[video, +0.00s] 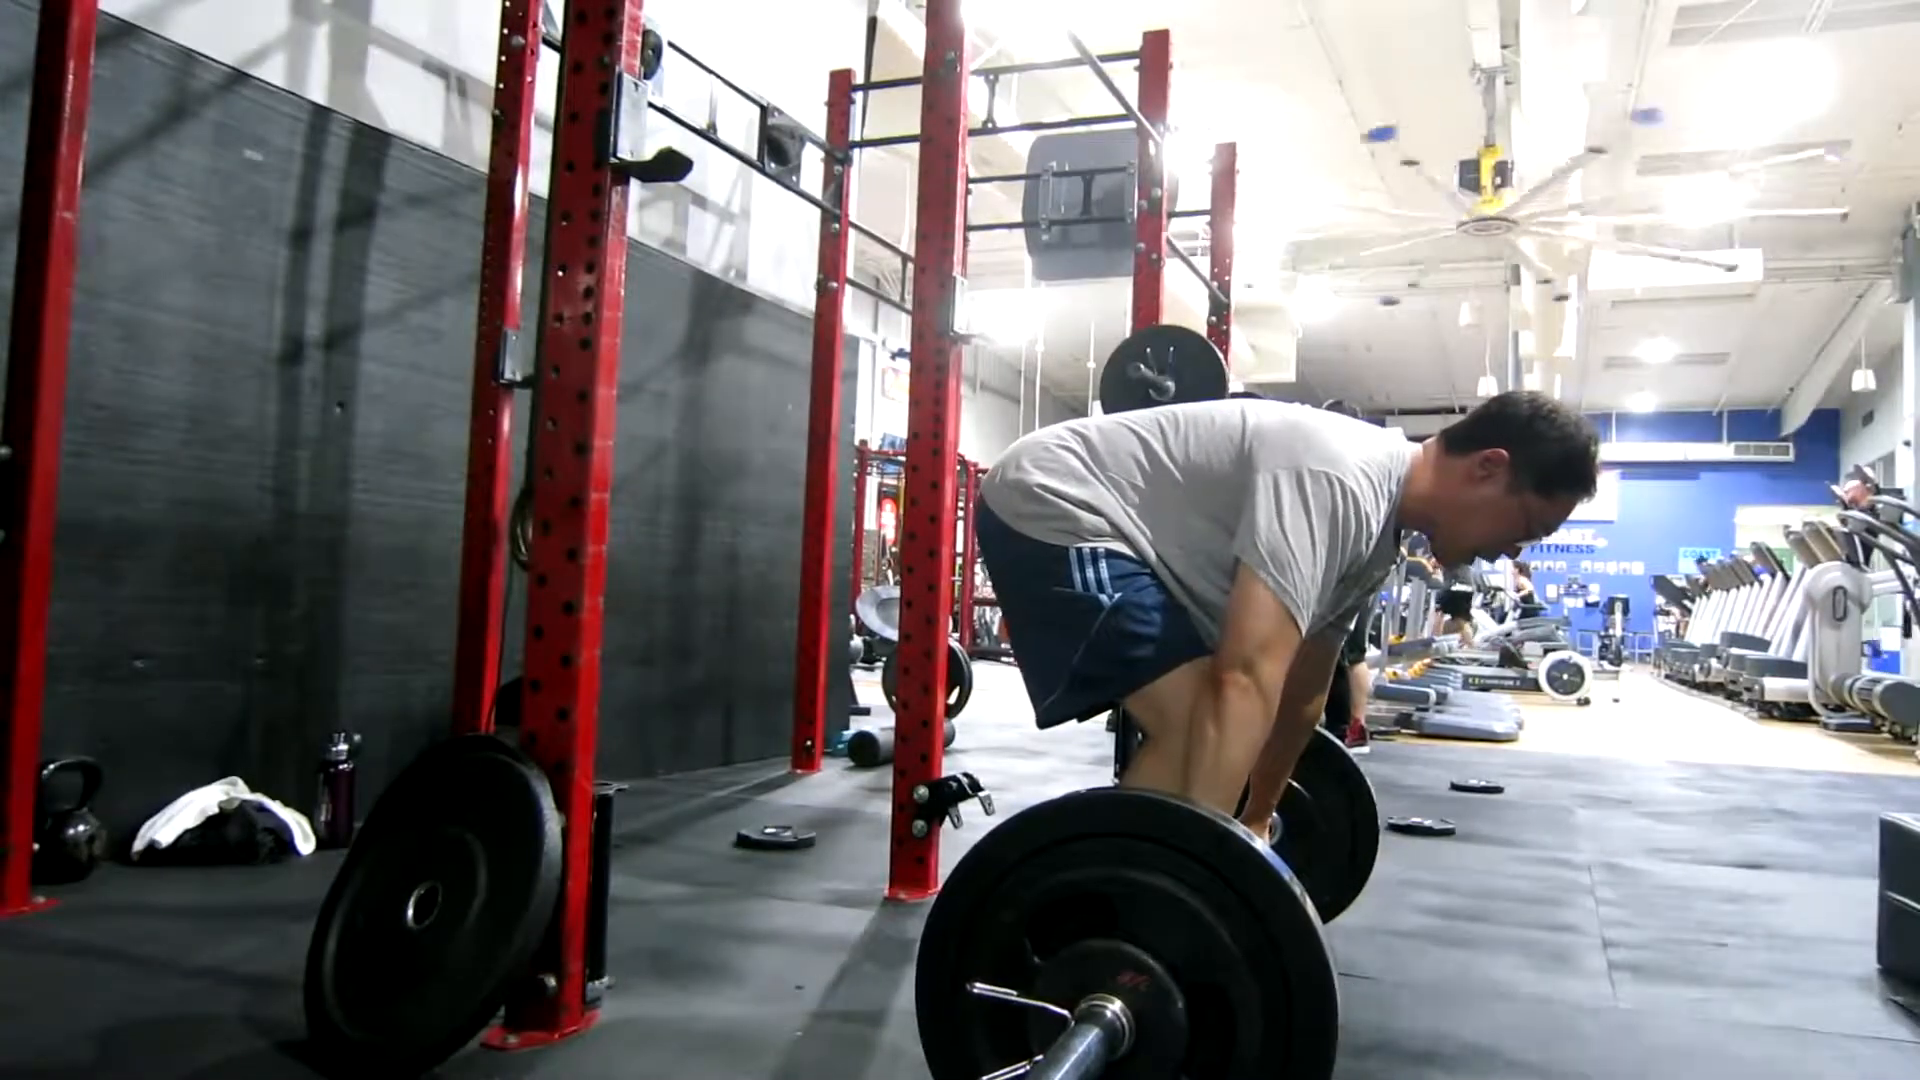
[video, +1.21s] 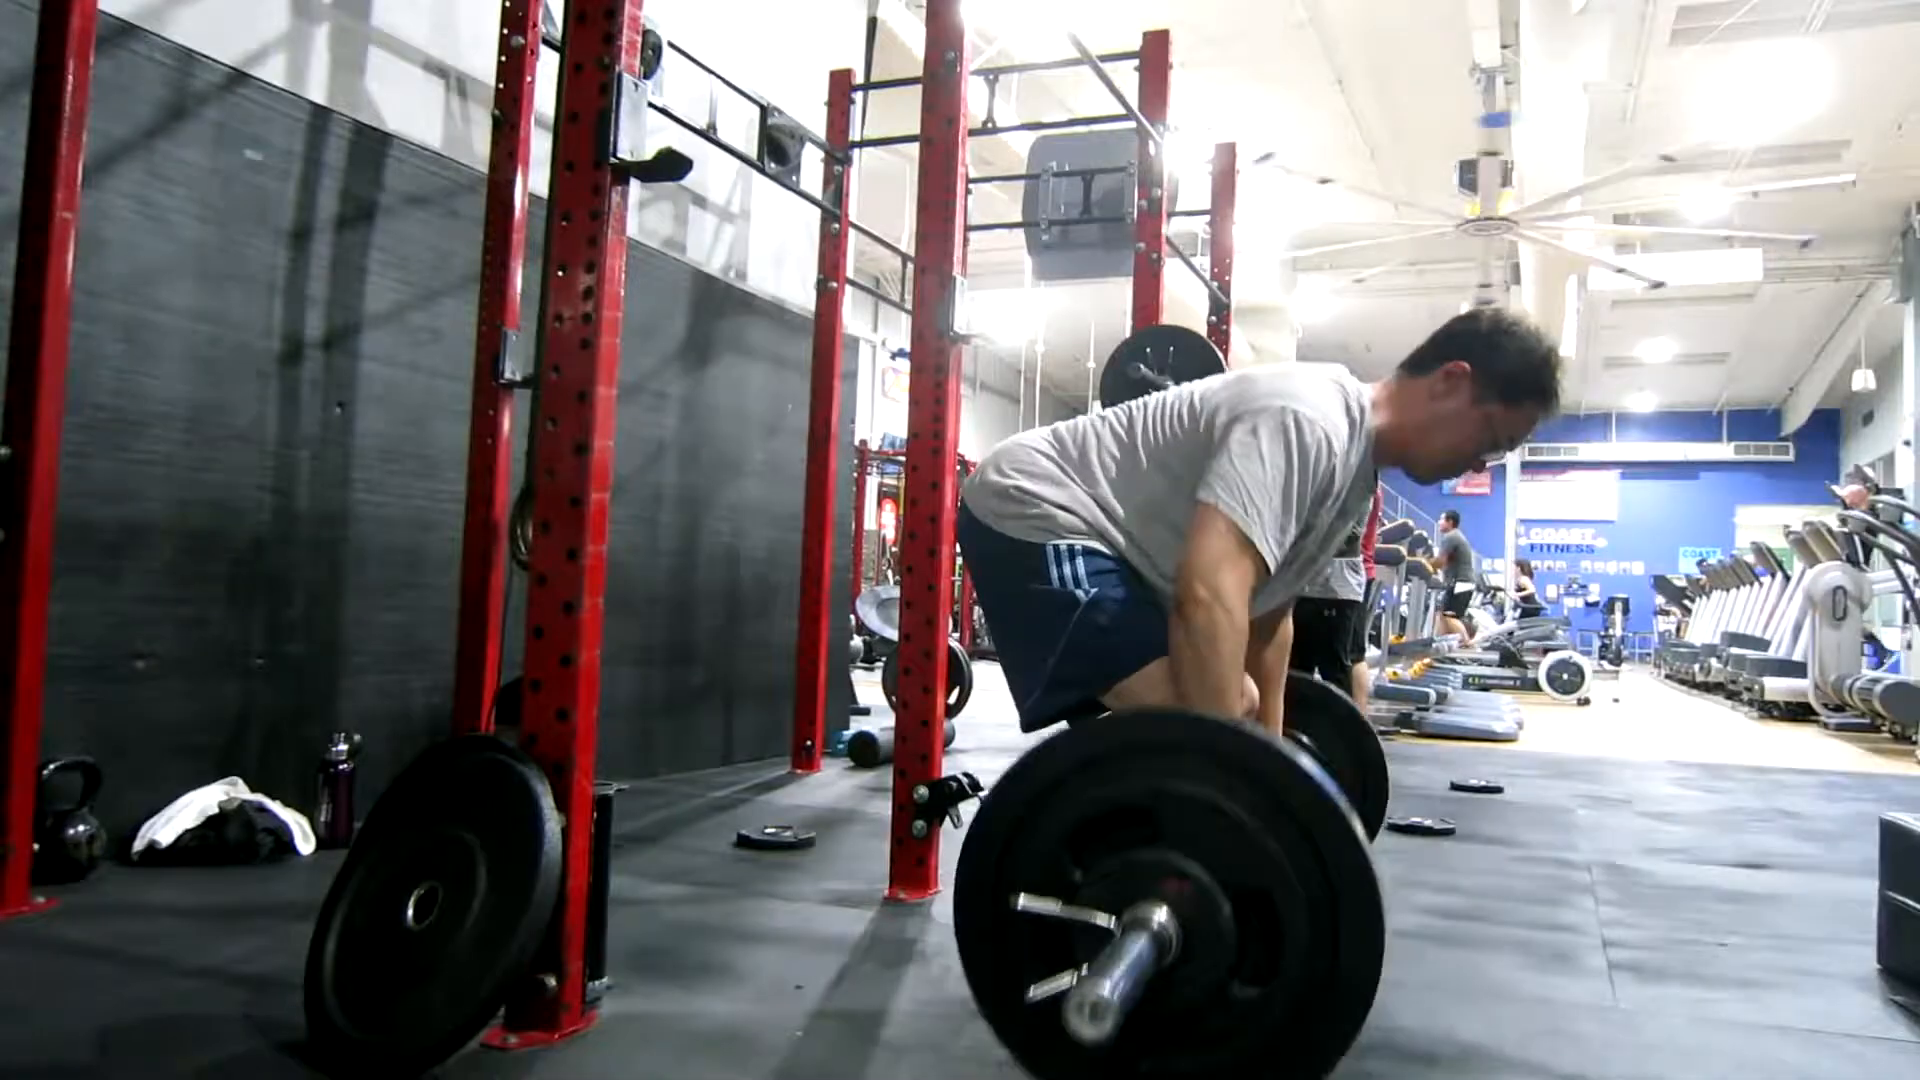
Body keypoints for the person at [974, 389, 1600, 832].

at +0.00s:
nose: (1513, 553)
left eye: (1531, 541)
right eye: (1524, 530)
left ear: (1486, 470)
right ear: (1488, 470)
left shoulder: (1377, 532)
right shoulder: (1331, 475)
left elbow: (1302, 701)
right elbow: (1244, 676)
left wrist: (1248, 838)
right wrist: (1190, 878)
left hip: (1108, 525)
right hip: (1056, 499)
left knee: (1184, 730)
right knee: (1210, 708)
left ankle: (1110, 914)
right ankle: (1154, 921)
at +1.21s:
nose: (1480, 467)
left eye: (1498, 454)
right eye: (1491, 442)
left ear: (1451, 387)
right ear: (1452, 384)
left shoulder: (1352, 476)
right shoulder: (1304, 417)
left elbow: (1269, 623)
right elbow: (1206, 597)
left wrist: (1265, 782)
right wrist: (1224, 794)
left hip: (1106, 536)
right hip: (1037, 503)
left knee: (1229, 708)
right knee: (1184, 724)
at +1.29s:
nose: (1483, 434)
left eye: (1499, 421)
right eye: (1491, 408)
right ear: (1450, 352)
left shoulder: (1350, 447)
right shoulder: (1306, 389)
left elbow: (1260, 590)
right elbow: (1200, 540)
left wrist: (1267, 742)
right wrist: (1213, 738)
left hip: (1109, 531)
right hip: (1043, 501)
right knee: (1108, 754)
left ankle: (1141, 1000)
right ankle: (1100, 1007)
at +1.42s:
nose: (1483, 379)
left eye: (1500, 364)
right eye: (1494, 353)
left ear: (1453, 298)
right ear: (1452, 293)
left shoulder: (1349, 396)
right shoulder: (1312, 333)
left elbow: (1254, 518)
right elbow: (1196, 436)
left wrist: (1274, 640)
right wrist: (1214, 625)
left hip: (1114, 508)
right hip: (1047, 488)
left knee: (1175, 719)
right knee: (1124, 730)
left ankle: (1161, 939)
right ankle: (1099, 979)